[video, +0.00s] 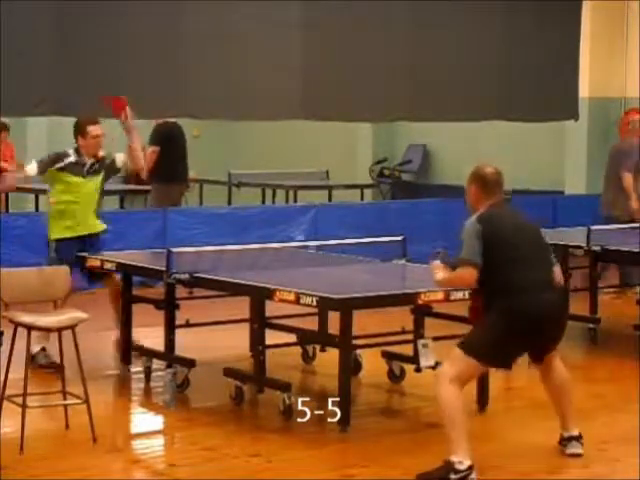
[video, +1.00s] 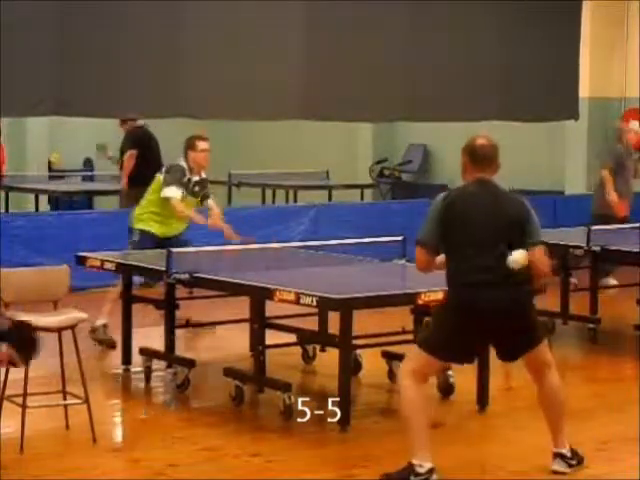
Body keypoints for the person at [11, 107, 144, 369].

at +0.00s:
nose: (100, 142)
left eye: (101, 137)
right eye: (95, 137)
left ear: (101, 138)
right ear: (80, 140)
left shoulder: (103, 164)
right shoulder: (61, 160)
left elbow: (136, 166)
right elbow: (27, 173)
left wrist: (131, 130)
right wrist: (10, 178)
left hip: (92, 232)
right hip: (63, 235)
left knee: (114, 284)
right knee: (58, 292)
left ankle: (124, 337)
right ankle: (40, 347)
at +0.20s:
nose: (102, 133)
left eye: (103, 129)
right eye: (97, 129)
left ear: (106, 132)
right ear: (84, 132)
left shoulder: (113, 158)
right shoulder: (67, 158)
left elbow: (131, 188)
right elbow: (48, 187)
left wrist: (140, 167)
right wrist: (49, 214)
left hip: (103, 232)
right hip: (74, 232)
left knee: (125, 282)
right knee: (64, 289)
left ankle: (135, 333)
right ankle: (51, 343)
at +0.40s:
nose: (125, 150)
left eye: (126, 145)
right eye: (121, 144)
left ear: (119, 148)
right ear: (107, 145)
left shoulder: (111, 171)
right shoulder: (92, 165)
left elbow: (115, 206)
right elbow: (77, 200)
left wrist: (140, 226)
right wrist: (110, 213)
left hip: (105, 244)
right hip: (81, 246)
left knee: (136, 275)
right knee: (83, 295)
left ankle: (148, 322)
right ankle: (41, 337)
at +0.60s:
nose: (164, 167)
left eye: (166, 162)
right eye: (160, 161)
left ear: (161, 164)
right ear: (143, 160)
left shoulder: (151, 190)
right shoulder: (129, 182)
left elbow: (177, 203)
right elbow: (137, 189)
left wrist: (209, 210)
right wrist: (171, 188)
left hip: (110, 243)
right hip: (89, 241)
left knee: (144, 274)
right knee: (82, 293)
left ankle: (145, 323)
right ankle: (42, 336)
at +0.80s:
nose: (197, 168)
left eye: (197, 163)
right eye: (192, 163)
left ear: (190, 165)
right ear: (178, 164)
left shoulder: (189, 187)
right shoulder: (159, 178)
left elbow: (220, 196)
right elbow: (168, 188)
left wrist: (250, 199)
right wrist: (204, 183)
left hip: (143, 237)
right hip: (121, 229)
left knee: (156, 280)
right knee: (105, 272)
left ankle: (150, 319)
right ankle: (75, 305)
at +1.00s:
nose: (207, 156)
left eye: (208, 152)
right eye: (203, 152)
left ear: (206, 155)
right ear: (189, 154)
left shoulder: (201, 180)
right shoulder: (175, 171)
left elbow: (212, 209)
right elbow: (176, 206)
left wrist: (228, 232)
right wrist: (204, 221)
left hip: (173, 229)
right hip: (148, 227)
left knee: (189, 268)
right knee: (129, 276)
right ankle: (102, 322)